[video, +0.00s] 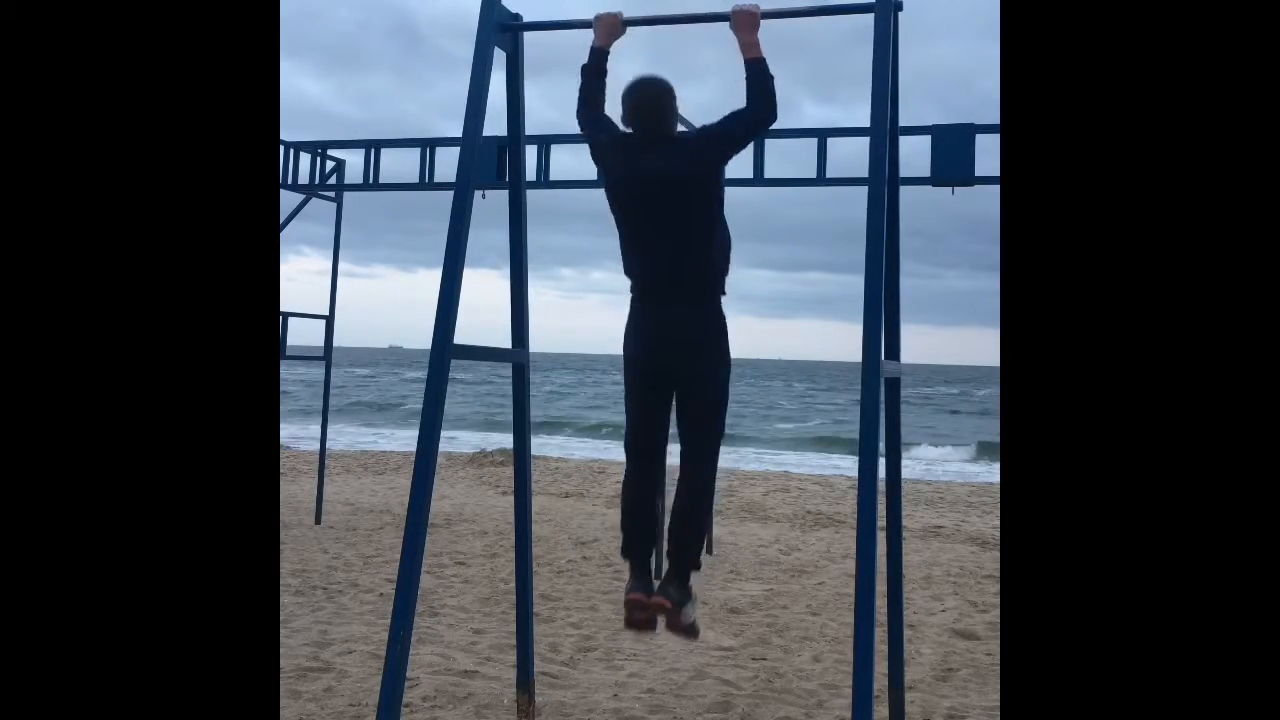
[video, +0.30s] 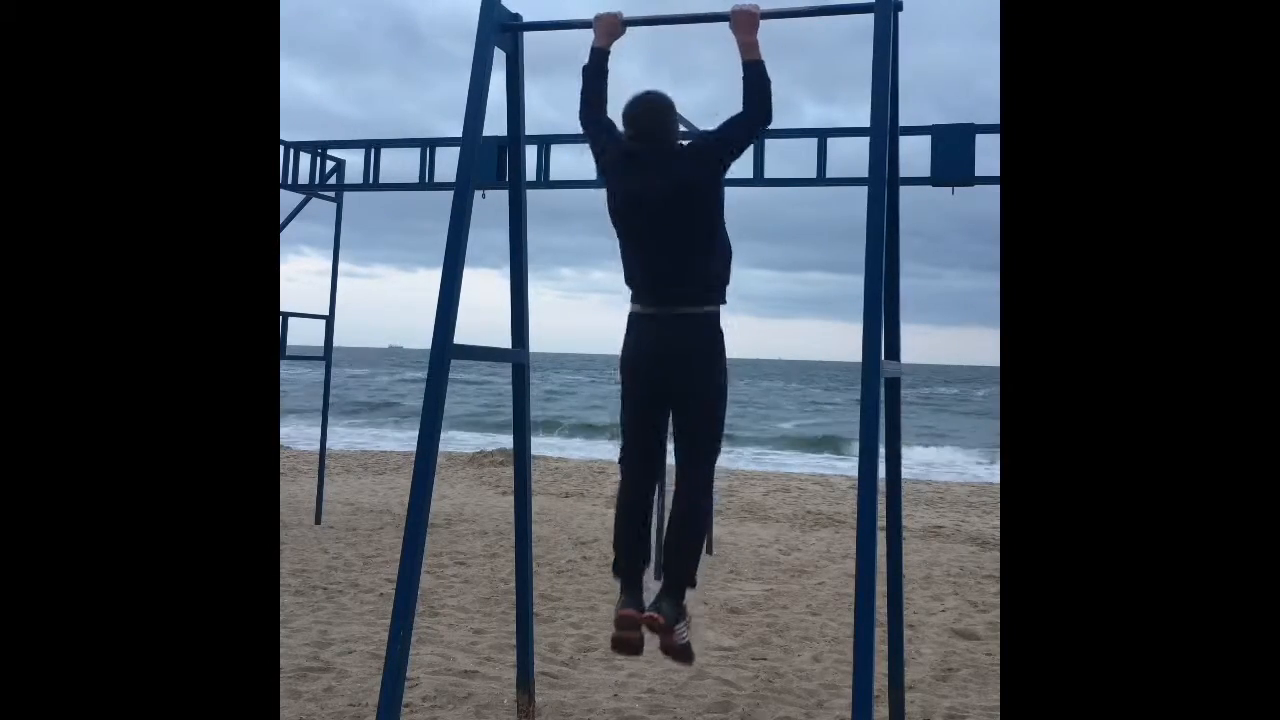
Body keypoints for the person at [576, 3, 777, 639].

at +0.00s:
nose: (677, 114)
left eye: (663, 108)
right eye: (677, 108)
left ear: (627, 119)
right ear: (676, 114)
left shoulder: (614, 157)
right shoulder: (704, 149)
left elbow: (589, 109)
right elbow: (762, 109)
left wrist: (599, 46)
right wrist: (751, 45)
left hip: (645, 324)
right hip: (702, 324)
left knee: (643, 454)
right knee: (699, 460)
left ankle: (639, 578)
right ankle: (678, 587)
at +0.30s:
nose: (682, 122)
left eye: (675, 117)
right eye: (678, 117)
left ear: (627, 133)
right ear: (674, 126)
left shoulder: (618, 166)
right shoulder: (704, 159)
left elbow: (592, 112)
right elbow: (757, 111)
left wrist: (600, 46)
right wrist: (749, 44)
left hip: (644, 334)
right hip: (699, 335)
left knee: (637, 467)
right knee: (694, 472)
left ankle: (630, 601)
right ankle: (670, 603)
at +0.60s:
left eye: (610, 37)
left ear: (609, 47)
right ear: (656, 42)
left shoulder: (596, 102)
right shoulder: (687, 82)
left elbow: (581, 94)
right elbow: (752, 104)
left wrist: (597, 42)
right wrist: (748, 42)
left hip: (635, 259)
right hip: (694, 255)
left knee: (647, 372)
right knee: (706, 376)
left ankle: (655, 489)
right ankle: (694, 496)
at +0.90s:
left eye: (622, 4)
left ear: (624, 2)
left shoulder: (603, 40)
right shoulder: (696, 32)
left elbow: (568, 103)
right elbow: (759, 88)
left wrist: (596, 34)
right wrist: (751, 36)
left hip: (638, 205)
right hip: (696, 201)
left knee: (654, 325)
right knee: (711, 318)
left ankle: (674, 443)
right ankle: (713, 443)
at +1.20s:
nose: (657, 100)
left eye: (636, 93)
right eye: (664, 91)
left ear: (625, 102)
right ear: (674, 98)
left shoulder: (613, 144)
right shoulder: (706, 138)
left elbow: (587, 109)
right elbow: (765, 107)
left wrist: (599, 45)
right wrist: (752, 43)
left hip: (647, 310)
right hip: (703, 310)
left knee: (647, 439)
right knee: (703, 442)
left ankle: (649, 565)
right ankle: (685, 568)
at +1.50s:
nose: (686, 126)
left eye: (675, 123)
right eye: (681, 123)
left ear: (633, 139)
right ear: (680, 133)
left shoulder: (623, 169)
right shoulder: (708, 164)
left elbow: (592, 112)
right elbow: (759, 113)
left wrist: (601, 46)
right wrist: (750, 45)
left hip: (646, 340)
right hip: (701, 342)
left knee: (638, 474)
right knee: (695, 479)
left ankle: (633, 609)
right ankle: (670, 610)